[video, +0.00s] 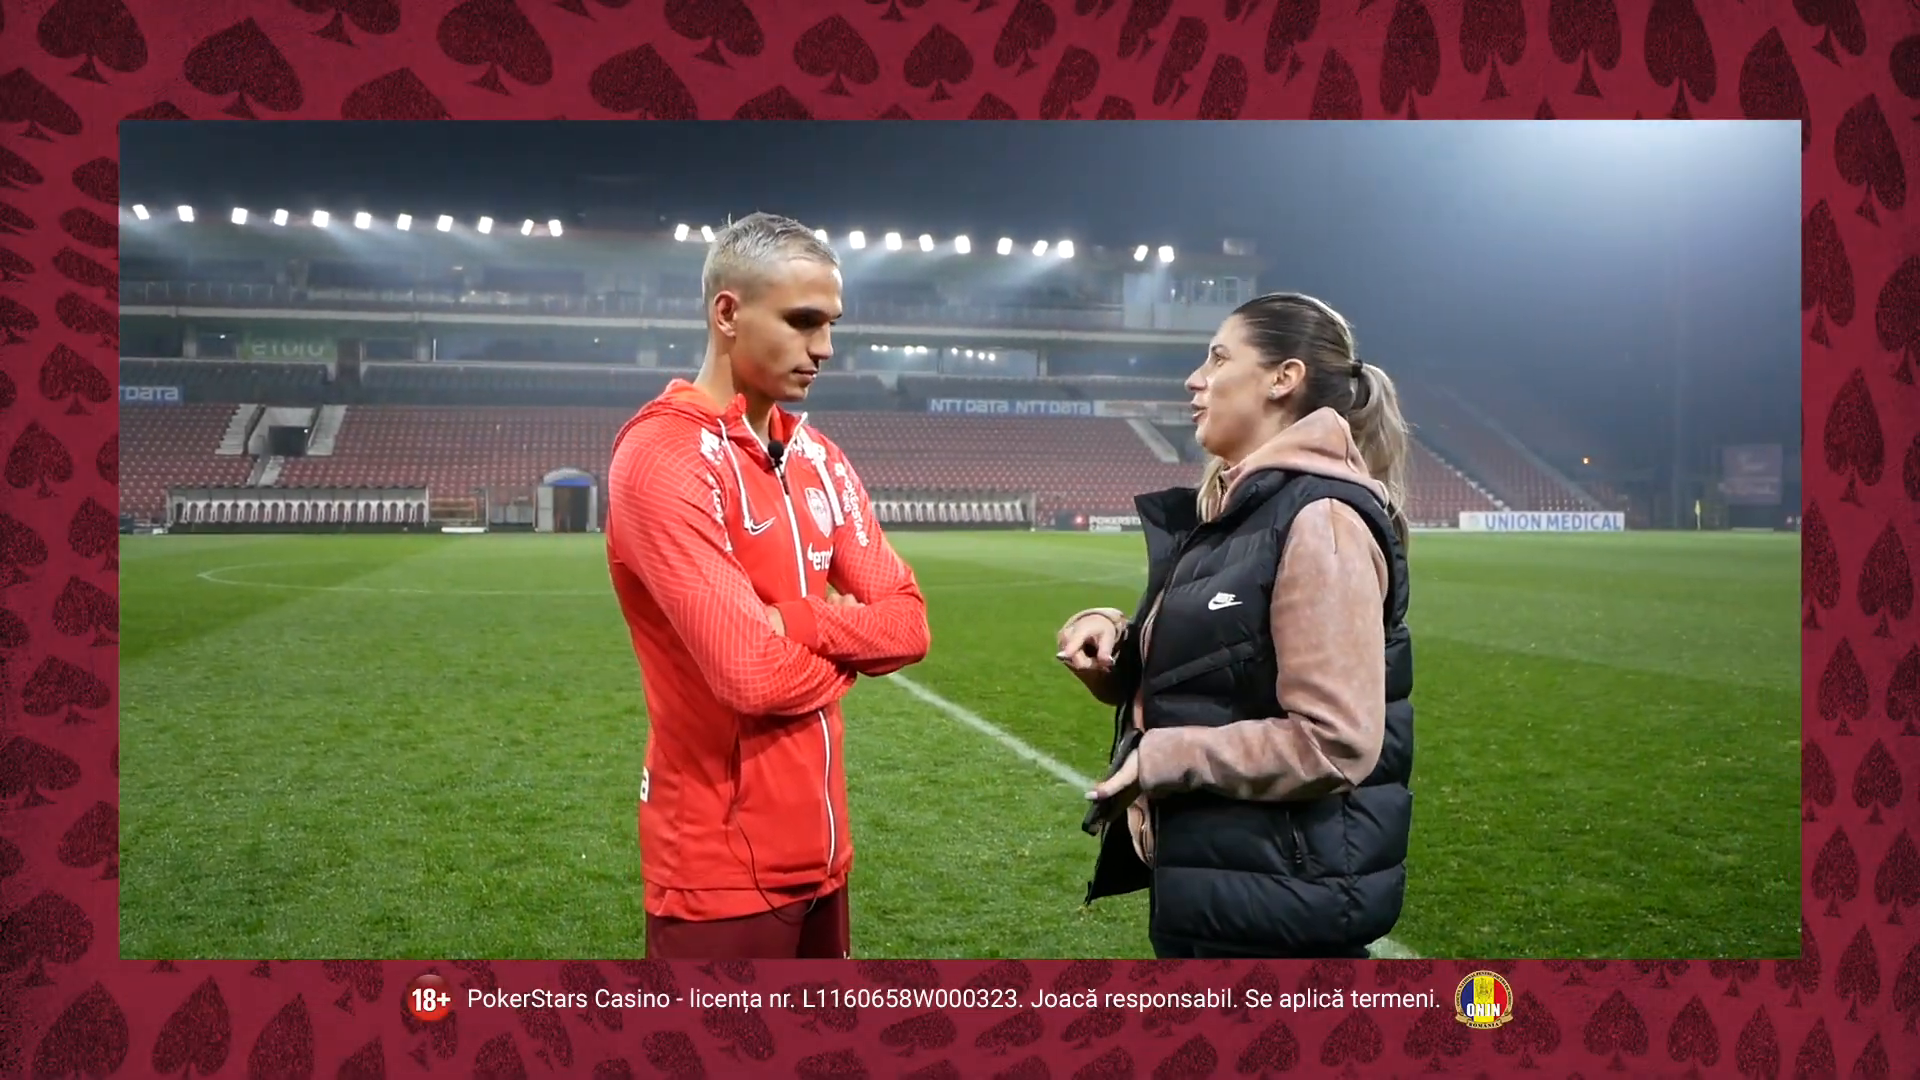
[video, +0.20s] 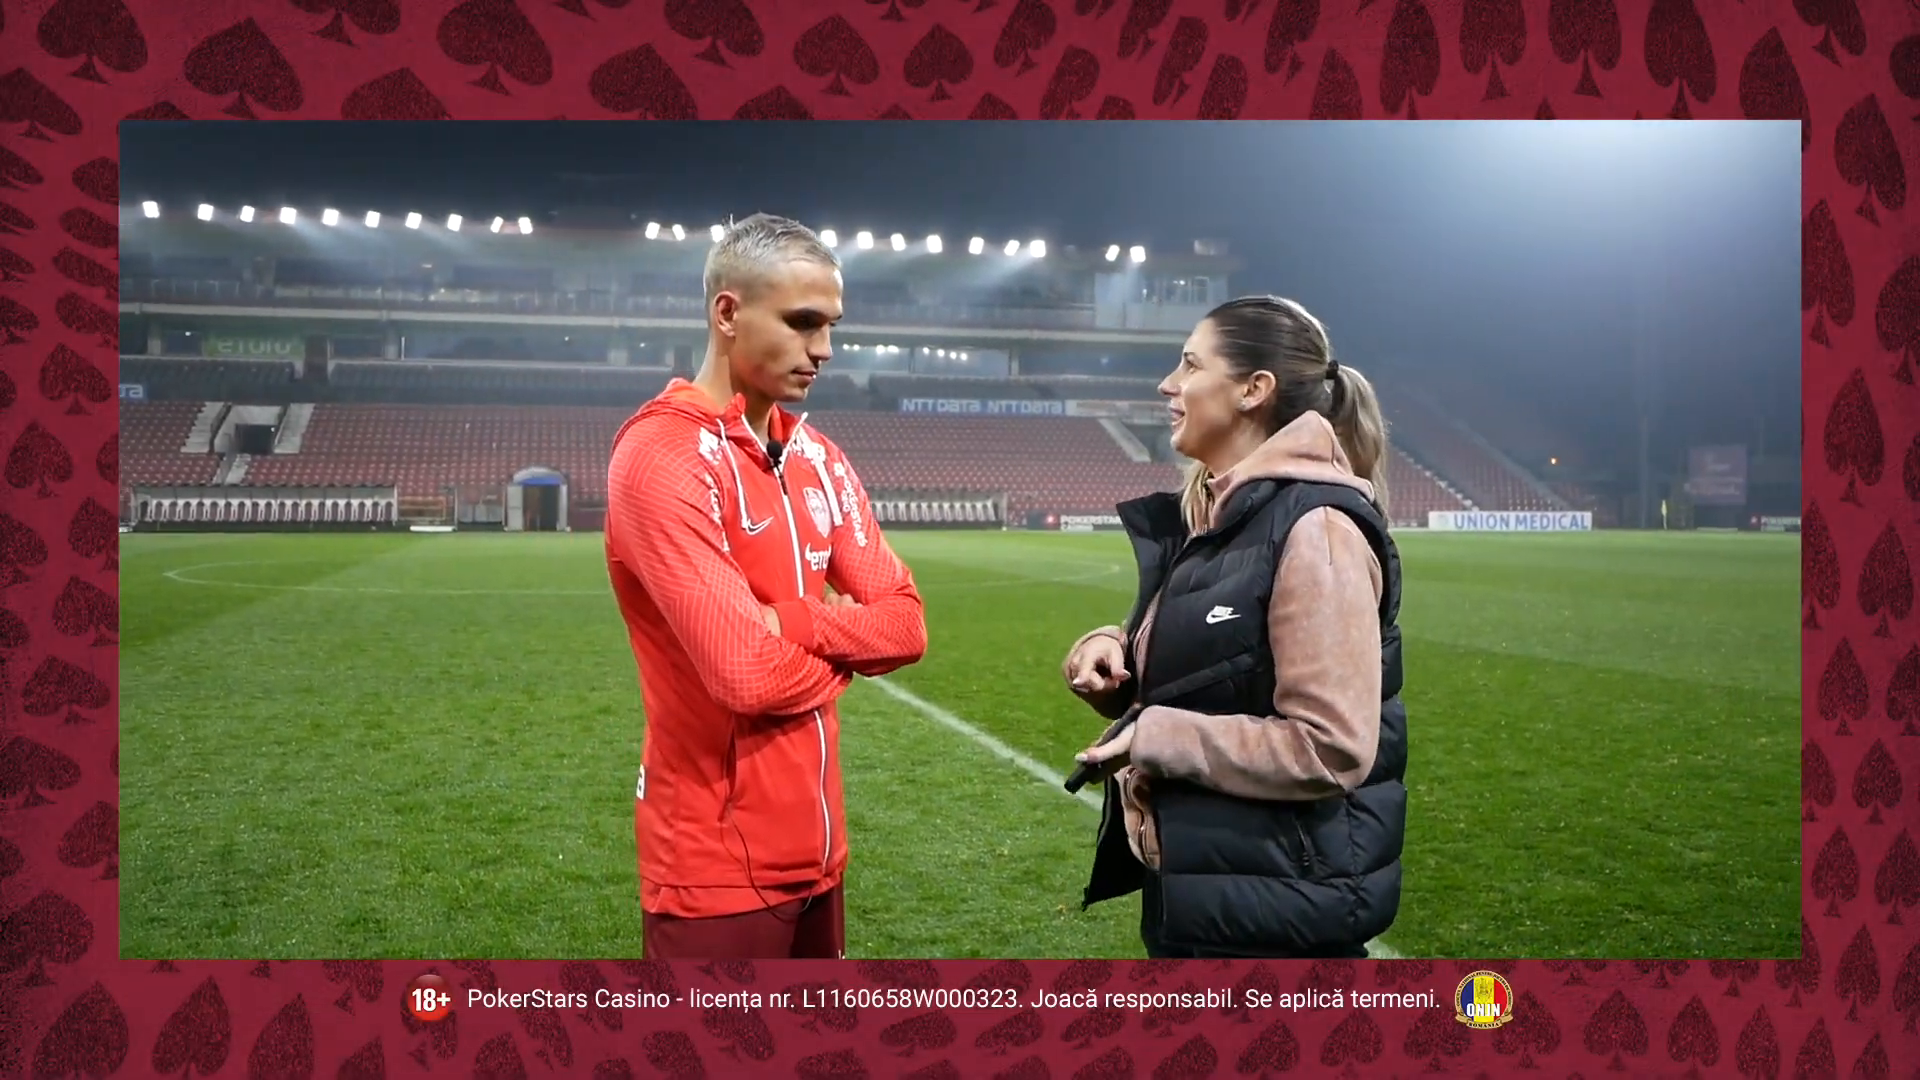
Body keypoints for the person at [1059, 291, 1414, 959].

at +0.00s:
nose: (1192, 381)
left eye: (1217, 358)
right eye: (1204, 360)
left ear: (1284, 379)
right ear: (1277, 379)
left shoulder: (1324, 523)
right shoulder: (1235, 511)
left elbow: (1338, 740)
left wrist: (1169, 753)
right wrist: (1115, 645)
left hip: (1282, 910)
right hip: (1219, 904)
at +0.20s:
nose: (1168, 385)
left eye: (1191, 364)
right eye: (1178, 365)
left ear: (1255, 389)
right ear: (1249, 391)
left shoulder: (1318, 531)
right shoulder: (1221, 515)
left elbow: (1331, 747)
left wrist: (1156, 735)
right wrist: (1112, 649)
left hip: (1279, 919)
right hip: (1209, 909)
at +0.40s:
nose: (1157, 396)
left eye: (1175, 375)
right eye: (1164, 374)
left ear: (1242, 396)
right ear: (1240, 398)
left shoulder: (1316, 535)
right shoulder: (1218, 517)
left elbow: (1333, 752)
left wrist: (1156, 737)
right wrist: (1108, 654)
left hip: (1280, 921)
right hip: (1211, 911)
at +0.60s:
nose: (1161, 406)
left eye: (1177, 384)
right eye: (1167, 385)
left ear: (1245, 393)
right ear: (1238, 395)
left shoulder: (1324, 541)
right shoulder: (1214, 520)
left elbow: (1324, 757)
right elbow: (1161, 680)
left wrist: (1151, 720)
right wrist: (1062, 616)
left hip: (1282, 907)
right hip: (1206, 893)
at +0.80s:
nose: (1171, 403)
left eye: (1190, 378)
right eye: (1179, 380)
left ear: (1259, 393)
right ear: (1254, 395)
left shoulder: (1335, 541)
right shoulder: (1223, 522)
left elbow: (1325, 754)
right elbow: (1166, 682)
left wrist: (1154, 698)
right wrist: (1060, 629)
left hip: (1290, 912)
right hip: (1208, 900)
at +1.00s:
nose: (1186, 396)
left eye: (1208, 374)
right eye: (1195, 375)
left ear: (1278, 394)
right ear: (1271, 396)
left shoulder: (1346, 535)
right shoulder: (1234, 519)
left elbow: (1342, 749)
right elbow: (1192, 668)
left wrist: (1166, 710)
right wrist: (1109, 653)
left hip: (1300, 911)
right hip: (1217, 900)